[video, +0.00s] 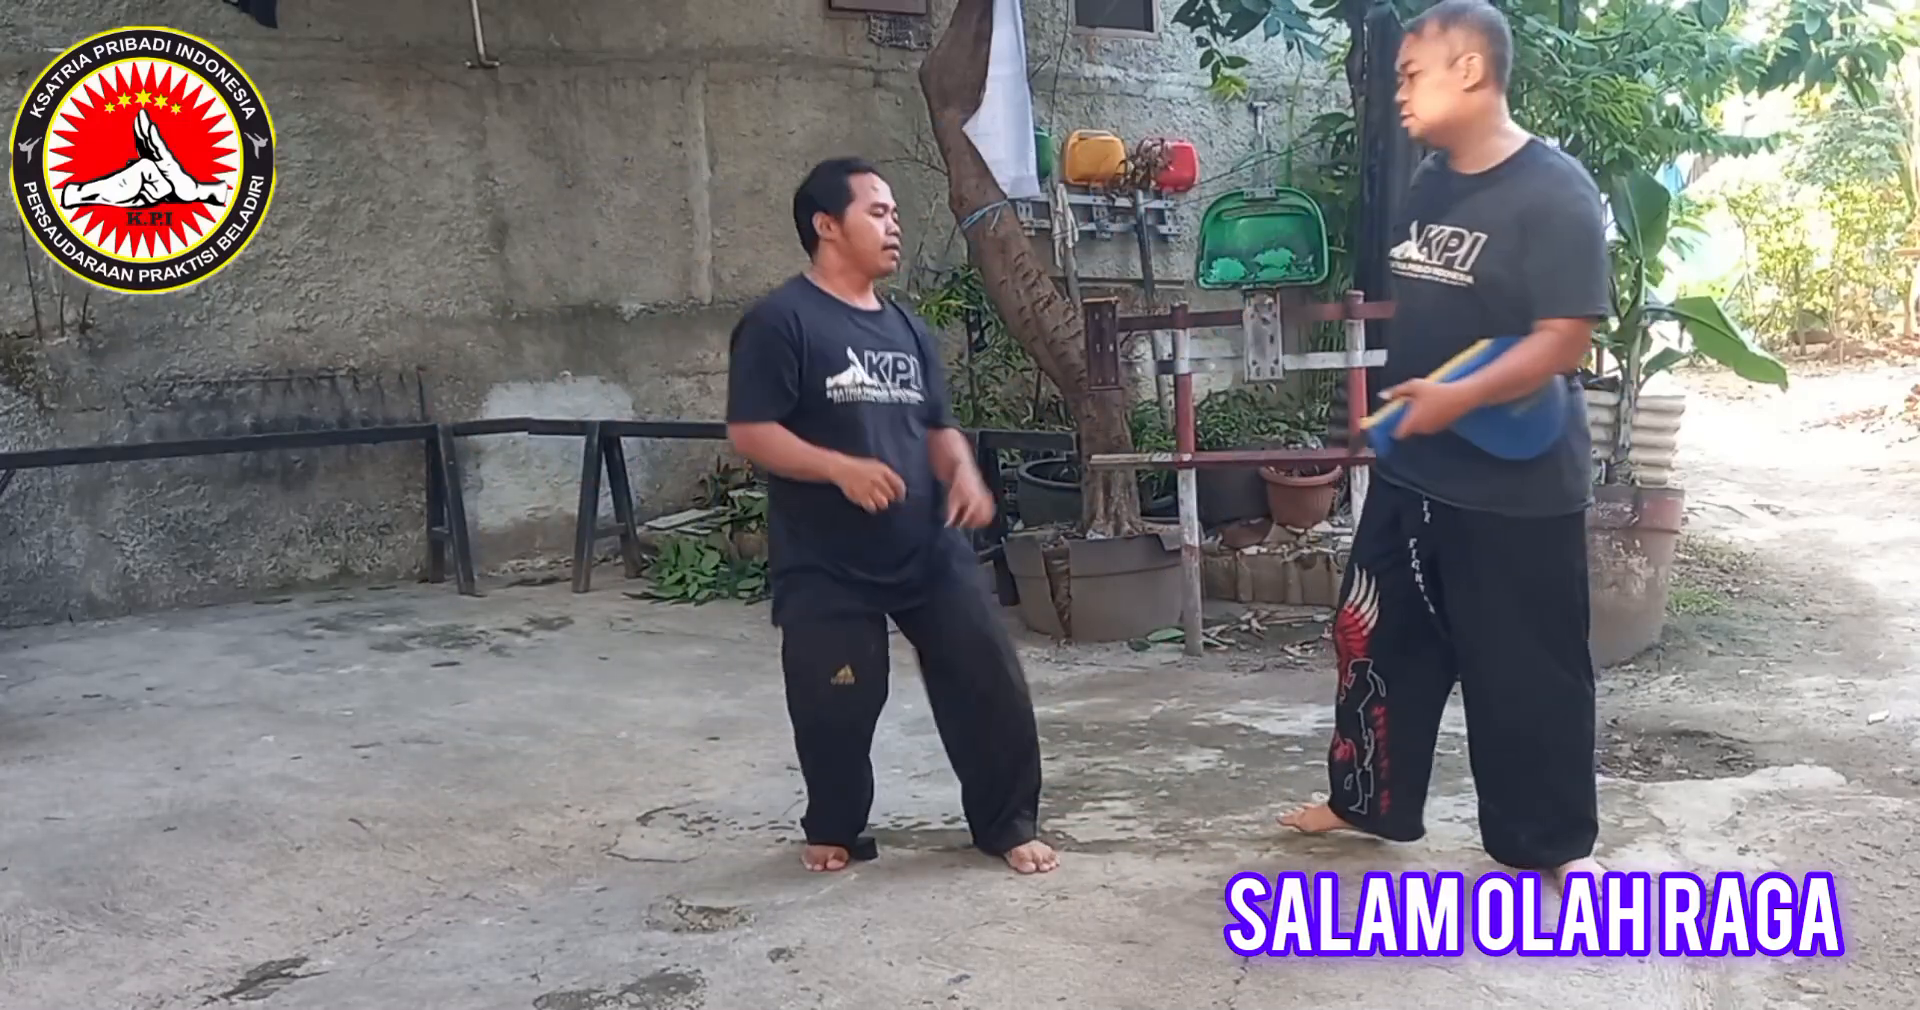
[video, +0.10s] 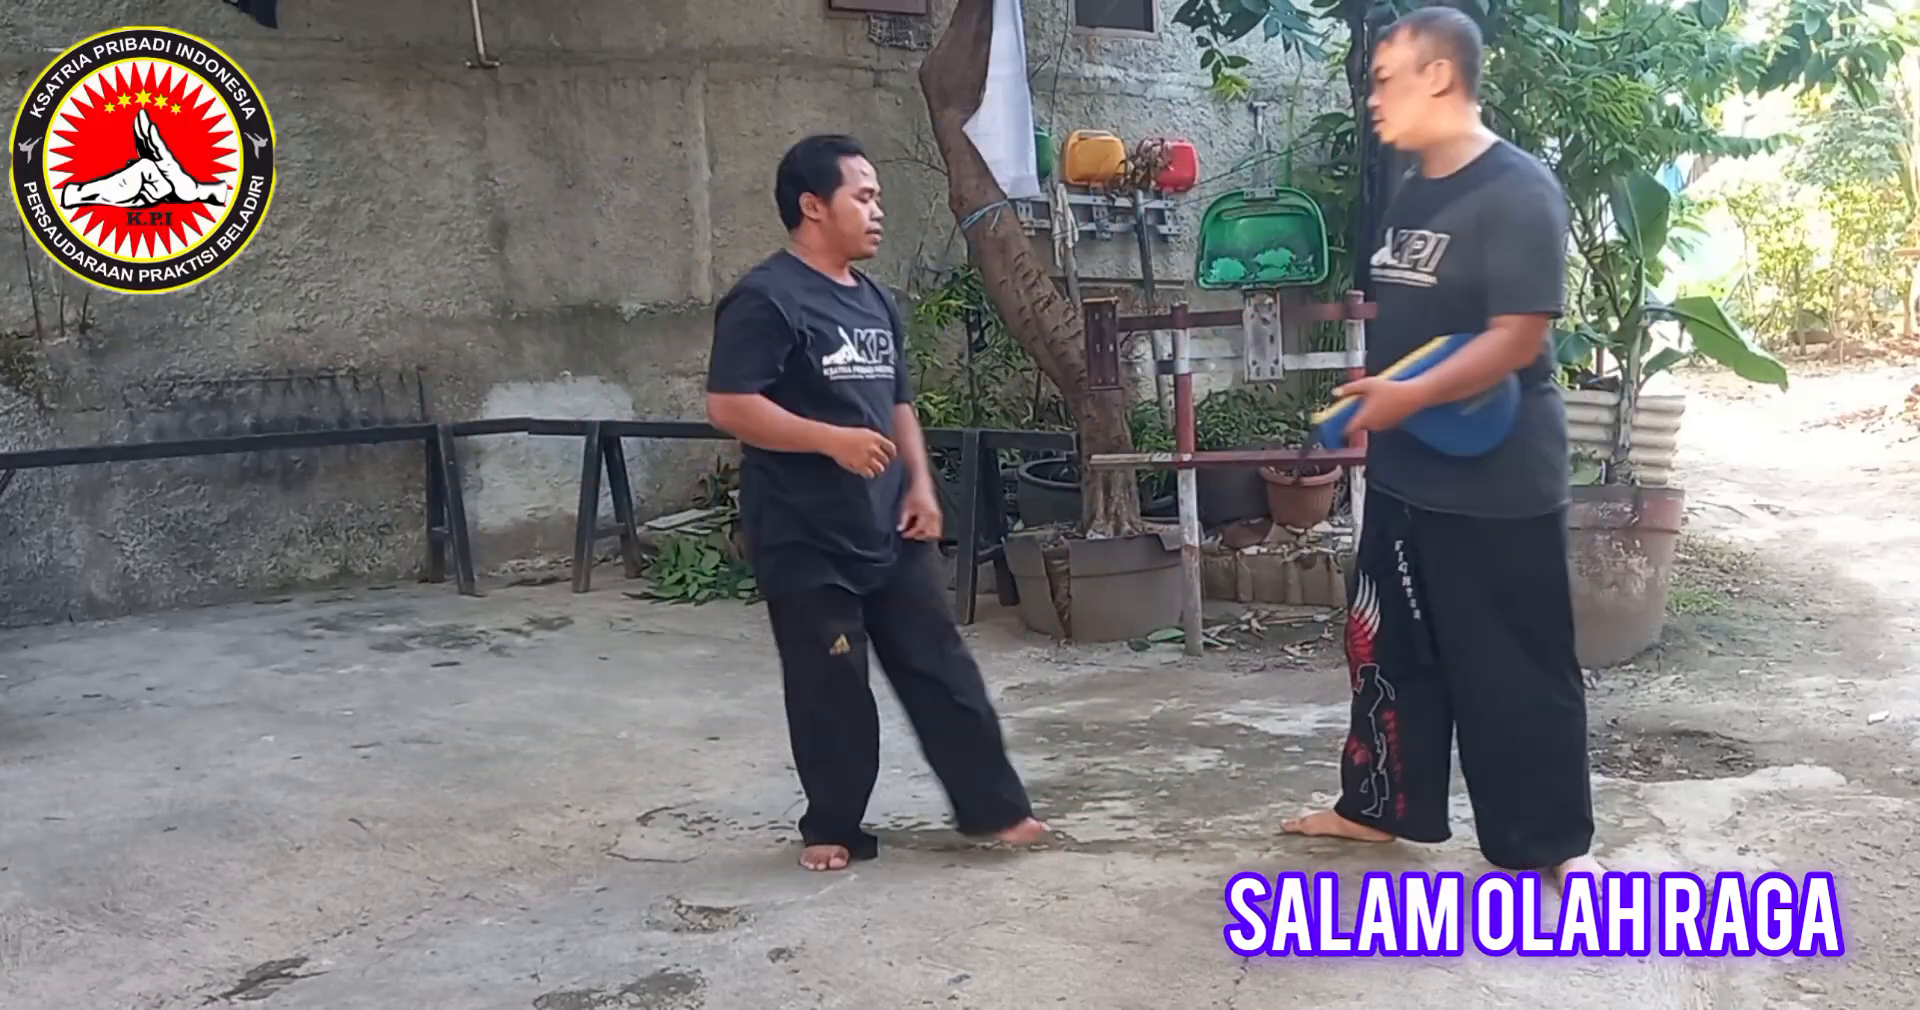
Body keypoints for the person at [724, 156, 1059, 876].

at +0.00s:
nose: (895, 226)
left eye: (894, 213)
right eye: (878, 212)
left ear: (890, 224)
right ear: (826, 226)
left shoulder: (910, 328)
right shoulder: (777, 320)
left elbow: (937, 428)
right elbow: (751, 434)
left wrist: (964, 472)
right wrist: (837, 467)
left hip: (926, 550)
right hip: (825, 561)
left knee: (988, 674)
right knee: (831, 698)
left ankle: (1009, 825)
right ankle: (832, 829)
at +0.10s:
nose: (878, 211)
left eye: (878, 197)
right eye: (863, 197)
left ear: (834, 208)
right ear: (812, 208)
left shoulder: (878, 302)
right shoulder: (762, 297)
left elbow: (898, 406)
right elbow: (729, 406)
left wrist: (920, 479)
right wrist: (829, 438)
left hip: (885, 524)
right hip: (804, 533)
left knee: (941, 665)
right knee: (829, 683)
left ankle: (994, 809)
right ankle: (830, 828)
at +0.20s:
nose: (851, 213)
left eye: (850, 198)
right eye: (835, 200)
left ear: (815, 209)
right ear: (784, 211)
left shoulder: (839, 294)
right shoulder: (740, 301)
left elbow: (857, 400)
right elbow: (717, 410)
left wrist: (888, 477)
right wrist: (817, 447)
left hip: (858, 518)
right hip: (784, 532)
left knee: (897, 646)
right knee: (813, 677)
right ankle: (830, 824)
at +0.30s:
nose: (818, 221)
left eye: (817, 207)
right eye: (802, 209)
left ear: (790, 217)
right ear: (752, 221)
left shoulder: (816, 299)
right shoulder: (706, 313)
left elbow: (836, 404)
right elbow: (688, 425)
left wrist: (870, 481)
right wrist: (777, 477)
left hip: (830, 521)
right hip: (758, 530)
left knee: (827, 652)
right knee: (795, 666)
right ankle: (828, 822)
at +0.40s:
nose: (797, 229)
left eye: (797, 215)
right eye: (780, 217)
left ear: (788, 220)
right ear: (731, 228)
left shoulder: (806, 307)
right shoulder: (685, 318)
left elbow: (830, 405)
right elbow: (644, 421)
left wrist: (860, 472)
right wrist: (720, 470)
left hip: (800, 530)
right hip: (734, 536)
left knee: (768, 651)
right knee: (779, 672)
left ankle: (706, 746)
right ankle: (825, 823)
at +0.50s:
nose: (775, 238)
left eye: (776, 225)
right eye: (760, 227)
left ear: (772, 229)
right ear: (710, 236)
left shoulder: (783, 314)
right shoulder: (661, 313)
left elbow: (814, 402)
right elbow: (580, 382)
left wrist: (843, 463)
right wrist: (673, 386)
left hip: (766, 523)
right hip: (694, 524)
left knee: (729, 649)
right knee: (731, 654)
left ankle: (690, 769)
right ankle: (795, 811)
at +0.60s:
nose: (740, 232)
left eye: (742, 219)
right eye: (724, 220)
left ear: (743, 225)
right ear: (676, 229)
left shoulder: (762, 307)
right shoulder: (640, 296)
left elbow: (797, 394)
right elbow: (601, 342)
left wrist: (812, 461)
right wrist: (703, 367)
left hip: (745, 513)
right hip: (669, 510)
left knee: (729, 650)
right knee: (691, 642)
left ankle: (706, 774)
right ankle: (708, 799)